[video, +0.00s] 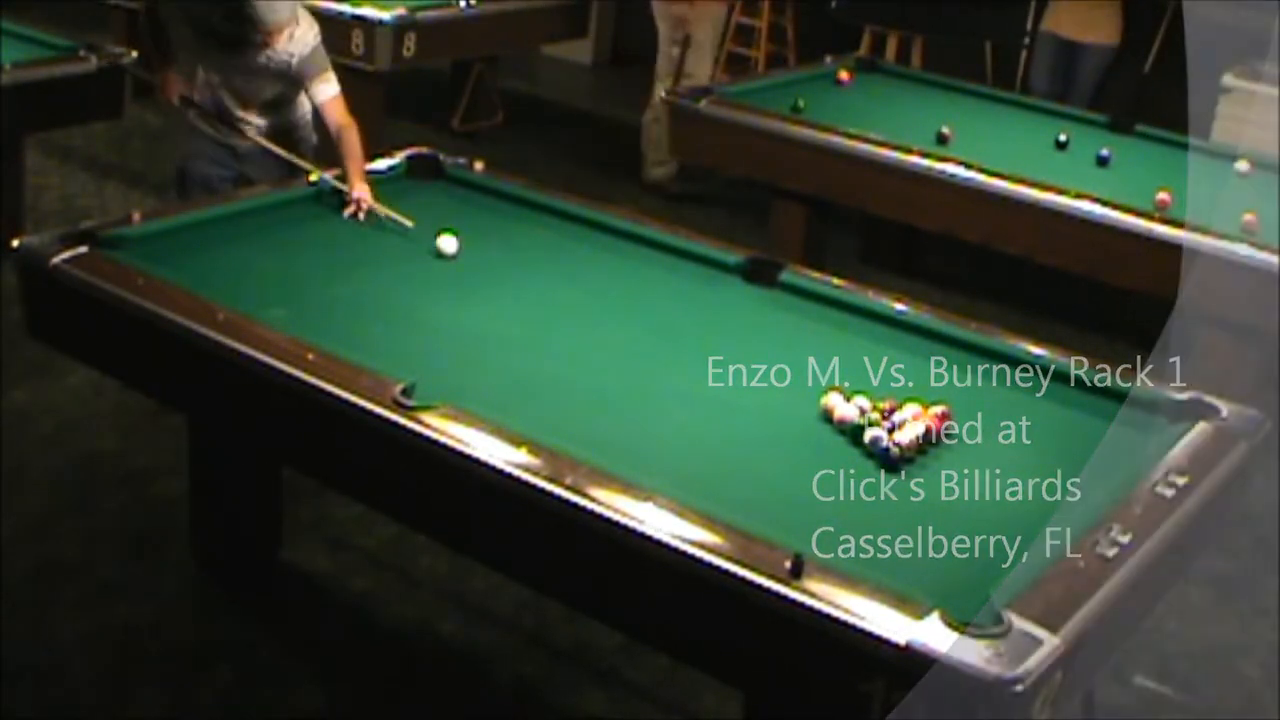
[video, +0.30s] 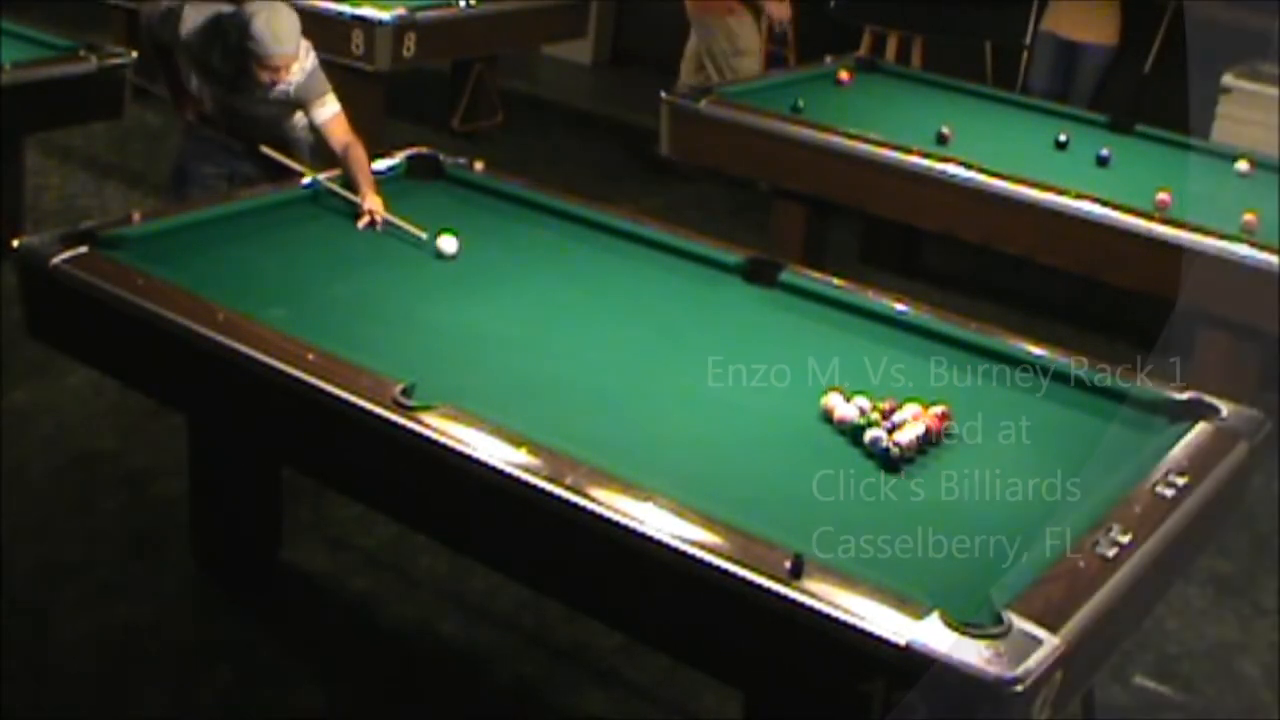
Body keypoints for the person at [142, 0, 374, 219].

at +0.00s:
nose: (277, 41)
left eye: (284, 31)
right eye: (268, 34)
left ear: (292, 18)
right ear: (237, 27)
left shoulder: (302, 39)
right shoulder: (199, 20)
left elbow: (343, 125)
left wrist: (357, 181)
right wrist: (170, 69)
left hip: (281, 143)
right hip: (209, 133)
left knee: (280, 235)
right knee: (201, 231)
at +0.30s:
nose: (281, 79)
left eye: (288, 68)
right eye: (271, 69)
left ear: (298, 53)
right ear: (246, 54)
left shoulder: (306, 71)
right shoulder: (198, 26)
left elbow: (346, 143)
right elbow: (152, 26)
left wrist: (368, 192)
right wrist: (179, 95)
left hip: (279, 148)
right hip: (213, 133)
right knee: (195, 226)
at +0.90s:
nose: (281, 115)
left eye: (288, 106)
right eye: (272, 107)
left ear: (298, 82)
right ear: (242, 80)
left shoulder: (305, 76)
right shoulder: (199, 50)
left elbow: (348, 145)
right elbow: (158, 20)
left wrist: (371, 194)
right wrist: (183, 105)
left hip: (272, 143)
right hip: (208, 133)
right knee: (193, 224)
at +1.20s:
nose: (284, 120)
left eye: (291, 113)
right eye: (274, 112)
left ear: (301, 87)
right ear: (244, 82)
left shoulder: (304, 75)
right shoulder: (202, 53)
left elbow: (350, 144)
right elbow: (168, 11)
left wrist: (373, 194)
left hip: (274, 141)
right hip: (212, 126)